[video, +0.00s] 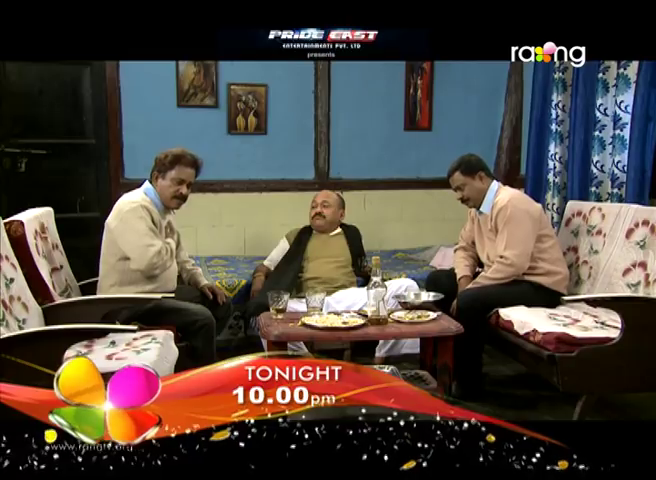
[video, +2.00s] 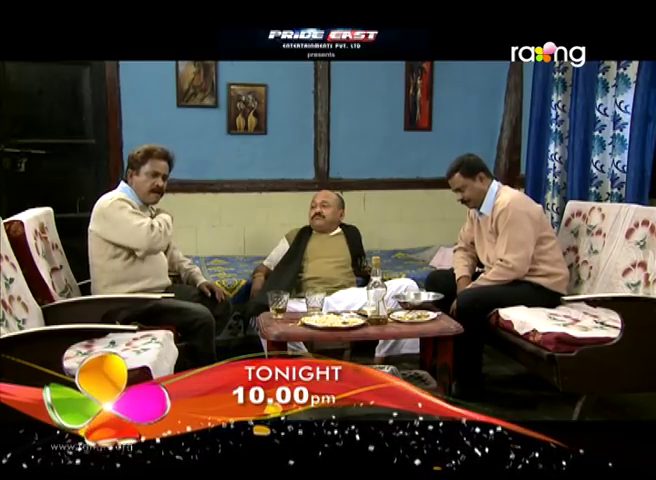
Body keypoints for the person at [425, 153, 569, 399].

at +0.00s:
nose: (459, 197)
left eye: (461, 188)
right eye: (456, 192)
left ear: (481, 178)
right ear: (479, 180)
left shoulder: (514, 205)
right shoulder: (478, 209)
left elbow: (513, 263)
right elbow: (464, 248)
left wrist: (466, 293)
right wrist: (464, 280)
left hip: (541, 286)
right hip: (502, 277)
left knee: (468, 302)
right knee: (437, 280)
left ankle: (467, 385)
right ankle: (441, 368)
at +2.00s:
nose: (459, 198)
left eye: (461, 190)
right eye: (456, 193)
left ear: (481, 179)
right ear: (479, 180)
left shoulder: (513, 205)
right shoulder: (478, 208)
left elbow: (513, 266)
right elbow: (464, 248)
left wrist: (466, 294)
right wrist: (463, 282)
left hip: (541, 286)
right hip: (504, 277)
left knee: (468, 302)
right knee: (437, 280)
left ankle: (467, 385)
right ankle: (440, 368)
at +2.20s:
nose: (458, 198)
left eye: (461, 191)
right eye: (455, 193)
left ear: (481, 179)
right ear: (478, 181)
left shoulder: (513, 206)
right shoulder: (477, 208)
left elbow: (513, 266)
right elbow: (464, 248)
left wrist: (466, 294)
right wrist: (463, 283)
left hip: (541, 286)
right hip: (504, 277)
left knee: (468, 302)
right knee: (437, 280)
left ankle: (467, 385)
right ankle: (440, 369)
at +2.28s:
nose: (458, 199)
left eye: (460, 191)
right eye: (455, 194)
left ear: (480, 179)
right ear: (478, 181)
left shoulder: (512, 206)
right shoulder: (477, 208)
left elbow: (512, 267)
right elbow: (464, 248)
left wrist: (466, 294)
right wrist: (463, 283)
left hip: (542, 286)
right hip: (504, 277)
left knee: (468, 303)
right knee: (437, 280)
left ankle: (467, 386)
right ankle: (441, 369)